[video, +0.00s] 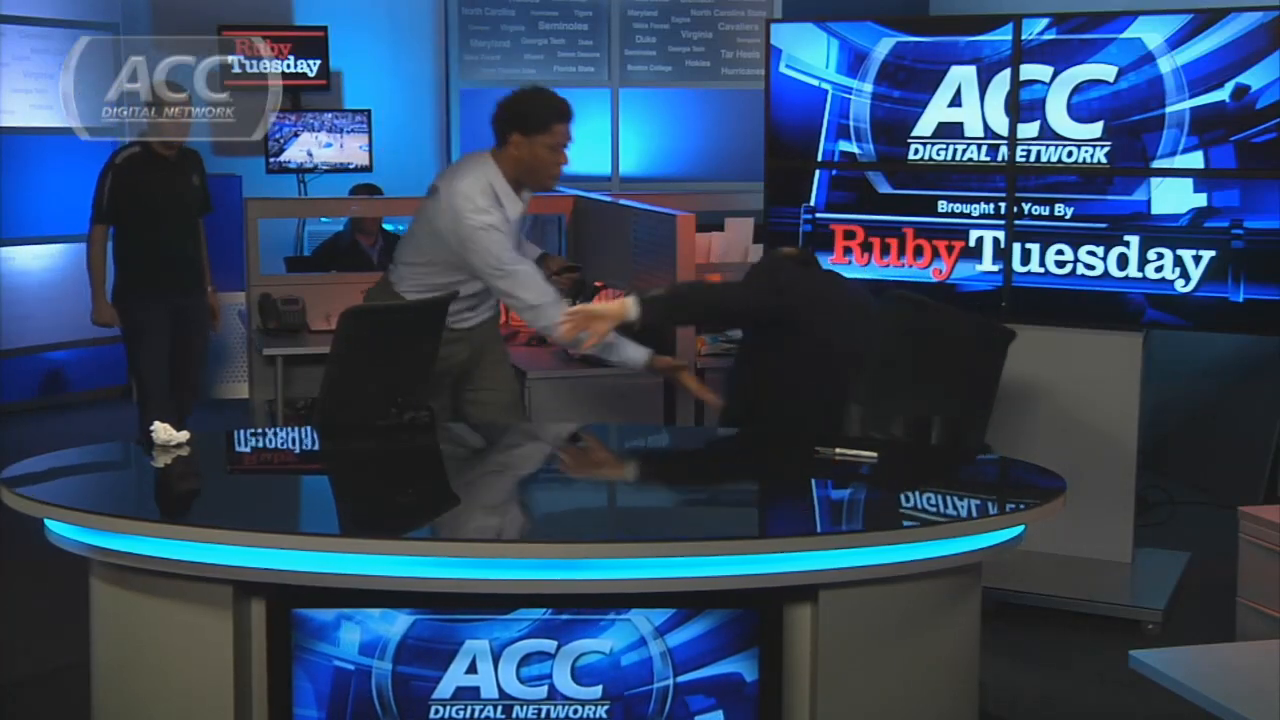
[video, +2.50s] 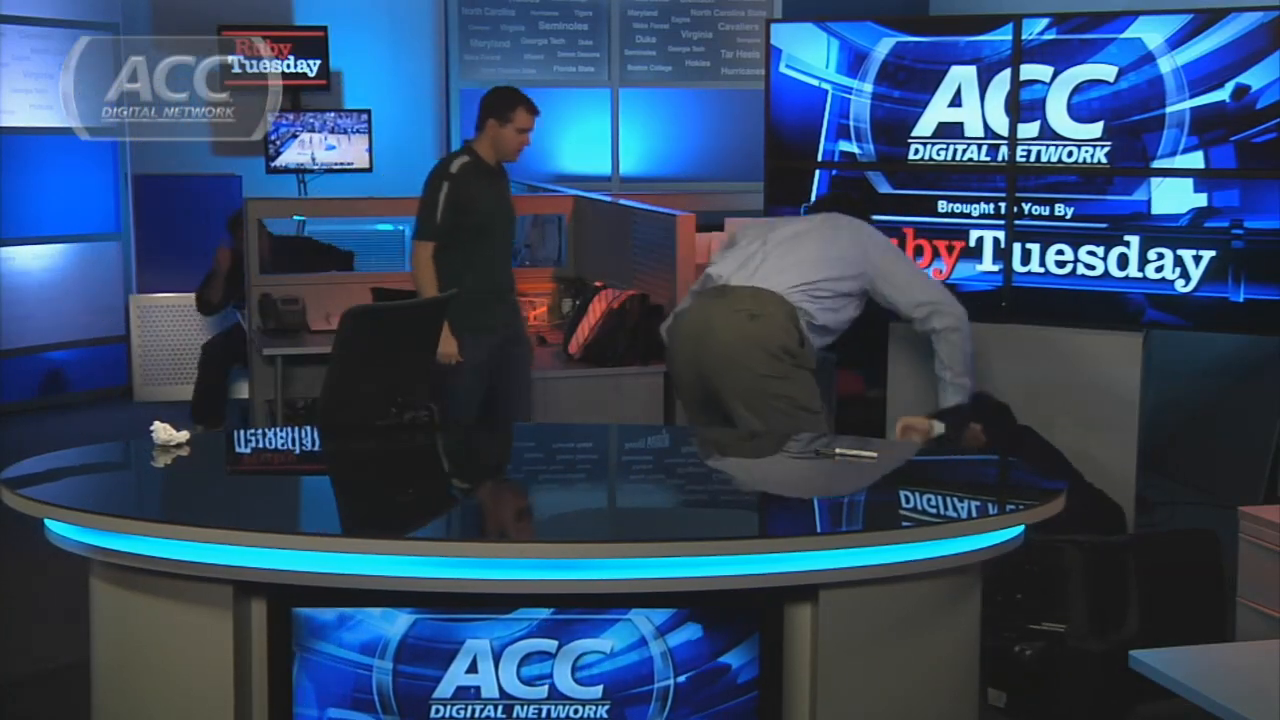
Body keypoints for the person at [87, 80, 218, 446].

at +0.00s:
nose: (180, 122)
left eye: (185, 114)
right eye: (172, 114)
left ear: (190, 117)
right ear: (153, 116)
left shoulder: (191, 161)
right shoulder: (122, 163)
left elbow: (197, 229)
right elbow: (98, 234)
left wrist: (208, 289)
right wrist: (100, 299)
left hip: (188, 291)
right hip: (141, 292)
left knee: (187, 382)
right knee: (152, 386)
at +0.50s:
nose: (202, 121)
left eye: (204, 112)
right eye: (194, 112)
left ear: (208, 115)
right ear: (174, 115)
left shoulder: (212, 159)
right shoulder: (140, 164)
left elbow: (219, 226)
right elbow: (123, 239)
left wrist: (232, 286)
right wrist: (151, 291)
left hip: (213, 294)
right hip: (163, 299)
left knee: (232, 390)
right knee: (170, 397)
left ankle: (242, 470)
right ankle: (173, 480)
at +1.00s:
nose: (290, 131)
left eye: (293, 123)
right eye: (283, 122)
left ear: (289, 125)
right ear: (259, 120)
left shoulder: (279, 165)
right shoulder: (217, 165)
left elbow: (276, 236)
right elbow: (191, 239)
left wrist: (285, 293)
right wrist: (225, 296)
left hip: (276, 304)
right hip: (231, 306)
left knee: (280, 396)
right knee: (230, 398)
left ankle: (276, 474)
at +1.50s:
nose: (361, 141)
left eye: (363, 133)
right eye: (354, 132)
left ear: (331, 131)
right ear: (326, 129)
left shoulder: (344, 177)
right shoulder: (284, 175)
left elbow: (346, 250)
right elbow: (252, 246)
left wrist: (367, 307)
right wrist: (251, 319)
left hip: (335, 309)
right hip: (294, 310)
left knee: (335, 403)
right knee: (308, 404)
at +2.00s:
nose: (433, 137)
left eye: (435, 129)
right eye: (427, 128)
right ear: (398, 123)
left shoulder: (410, 171)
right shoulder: (358, 171)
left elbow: (412, 256)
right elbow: (334, 254)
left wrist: (436, 316)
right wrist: (364, 316)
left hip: (412, 323)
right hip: (373, 326)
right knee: (368, 424)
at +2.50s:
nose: (526, 141)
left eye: (529, 133)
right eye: (520, 131)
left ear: (497, 128)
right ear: (492, 126)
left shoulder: (498, 176)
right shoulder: (449, 173)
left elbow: (494, 256)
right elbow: (422, 254)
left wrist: (513, 318)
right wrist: (439, 326)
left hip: (504, 324)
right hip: (464, 328)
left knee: (500, 434)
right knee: (460, 434)